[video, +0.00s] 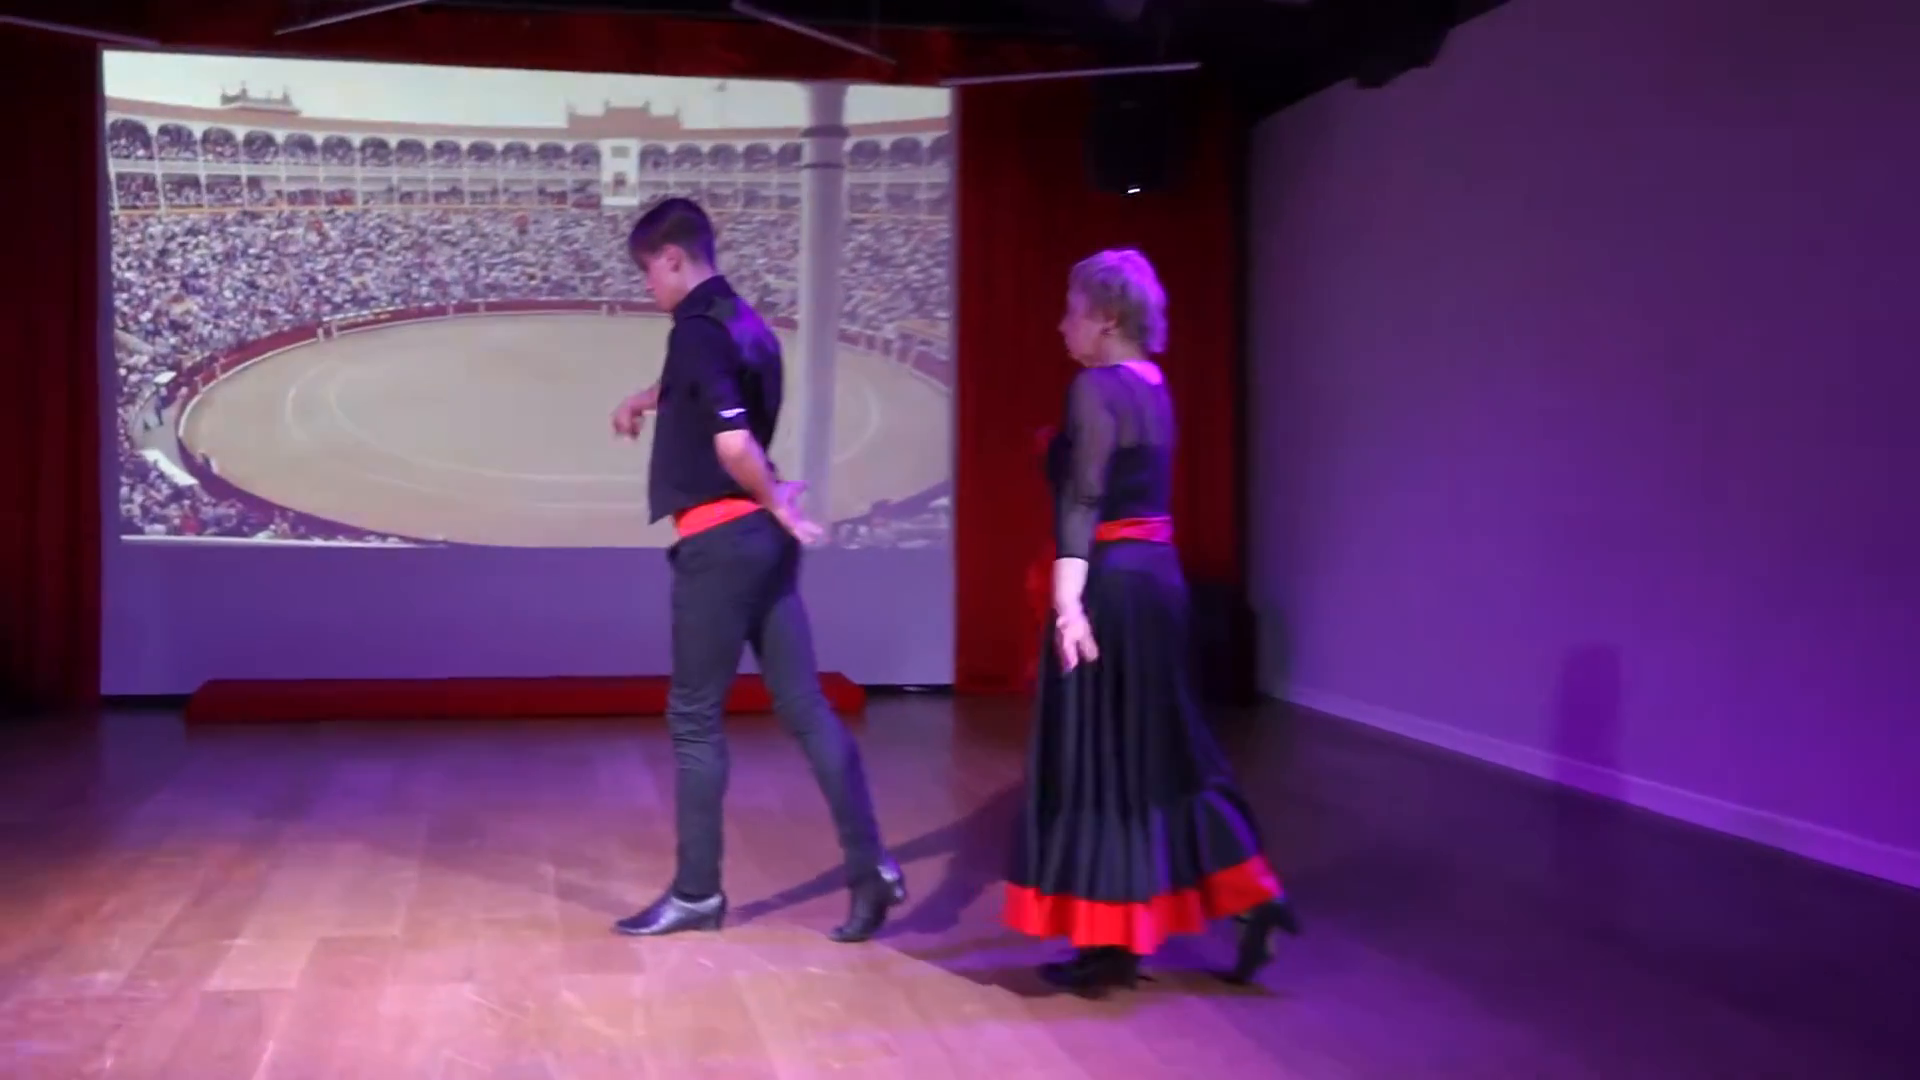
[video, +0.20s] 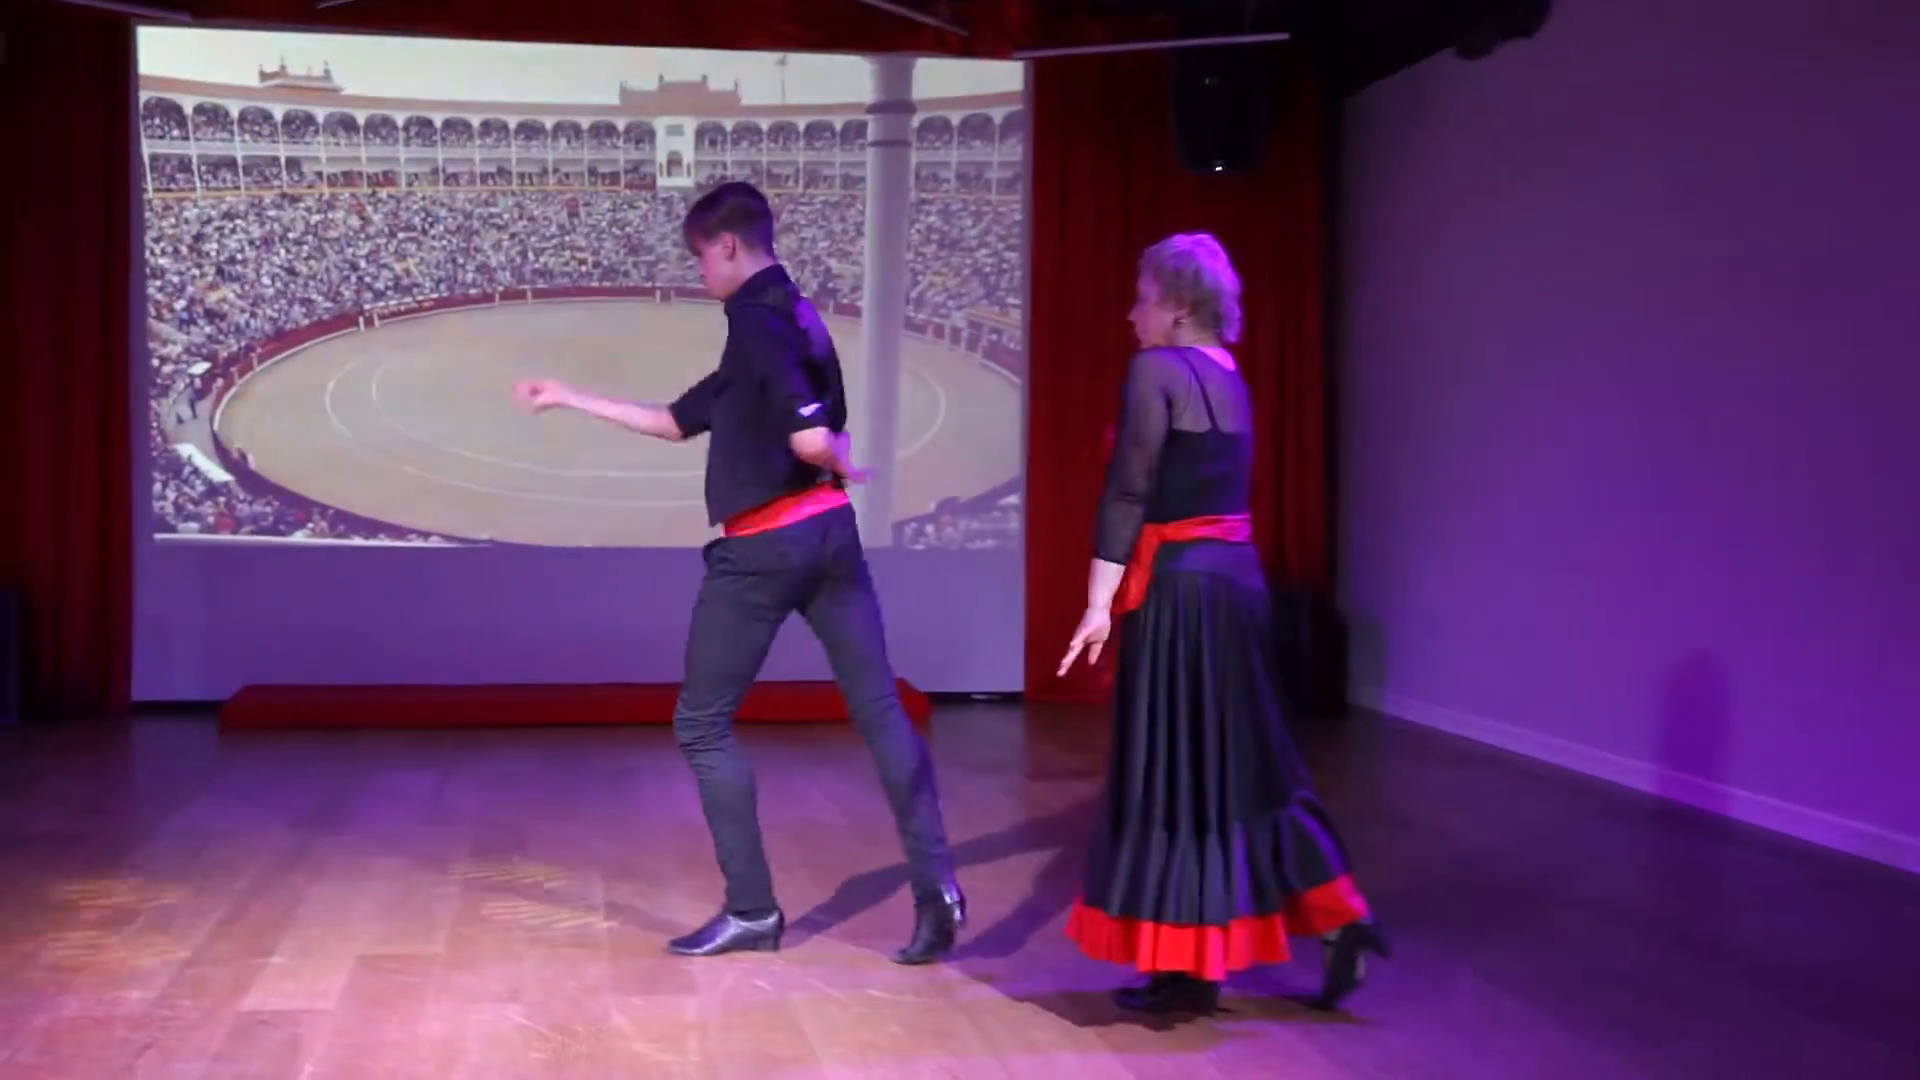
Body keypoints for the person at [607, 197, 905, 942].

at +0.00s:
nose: (647, 286)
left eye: (648, 271)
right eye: (644, 272)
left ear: (675, 260)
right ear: (694, 257)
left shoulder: (697, 330)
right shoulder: (739, 314)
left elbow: (731, 443)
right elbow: (703, 383)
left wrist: (777, 501)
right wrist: (649, 400)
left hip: (717, 549)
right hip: (760, 541)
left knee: (695, 722)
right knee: (805, 707)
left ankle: (697, 892)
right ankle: (872, 871)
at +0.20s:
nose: (699, 271)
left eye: (702, 255)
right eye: (697, 257)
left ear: (735, 247)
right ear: (758, 246)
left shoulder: (759, 319)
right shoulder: (785, 318)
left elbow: (810, 438)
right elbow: (674, 421)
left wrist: (834, 455)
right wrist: (567, 396)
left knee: (703, 725)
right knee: (879, 708)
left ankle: (752, 909)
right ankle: (938, 888)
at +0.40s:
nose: (694, 274)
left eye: (695, 257)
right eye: (691, 259)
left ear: (725, 244)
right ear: (757, 244)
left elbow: (700, 398)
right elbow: (854, 450)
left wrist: (740, 487)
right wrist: (792, 448)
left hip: (734, 548)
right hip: (802, 541)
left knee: (713, 733)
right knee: (765, 719)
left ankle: (757, 920)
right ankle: (827, 886)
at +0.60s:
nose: (671, 282)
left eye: (672, 262)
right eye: (666, 265)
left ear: (711, 244)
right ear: (734, 245)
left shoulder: (727, 310)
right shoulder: (818, 317)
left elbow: (640, 358)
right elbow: (878, 431)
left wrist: (568, 460)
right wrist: (826, 521)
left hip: (734, 538)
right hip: (780, 538)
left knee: (726, 725)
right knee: (721, 718)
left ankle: (760, 916)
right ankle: (759, 907)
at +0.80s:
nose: (661, 289)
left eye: (662, 268)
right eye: (655, 273)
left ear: (700, 245)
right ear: (718, 246)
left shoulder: (728, 310)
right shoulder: (802, 309)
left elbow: (652, 343)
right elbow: (867, 400)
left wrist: (556, 409)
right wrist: (827, 491)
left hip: (730, 534)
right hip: (780, 531)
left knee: (733, 728)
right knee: (735, 721)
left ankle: (760, 917)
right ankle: (759, 909)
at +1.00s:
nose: (654, 286)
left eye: (656, 268)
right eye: (647, 272)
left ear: (694, 244)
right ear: (708, 245)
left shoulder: (726, 304)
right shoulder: (794, 303)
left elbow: (653, 324)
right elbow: (863, 384)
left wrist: (558, 362)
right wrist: (825, 468)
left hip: (730, 533)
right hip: (782, 529)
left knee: (733, 728)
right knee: (748, 724)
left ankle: (757, 916)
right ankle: (760, 909)